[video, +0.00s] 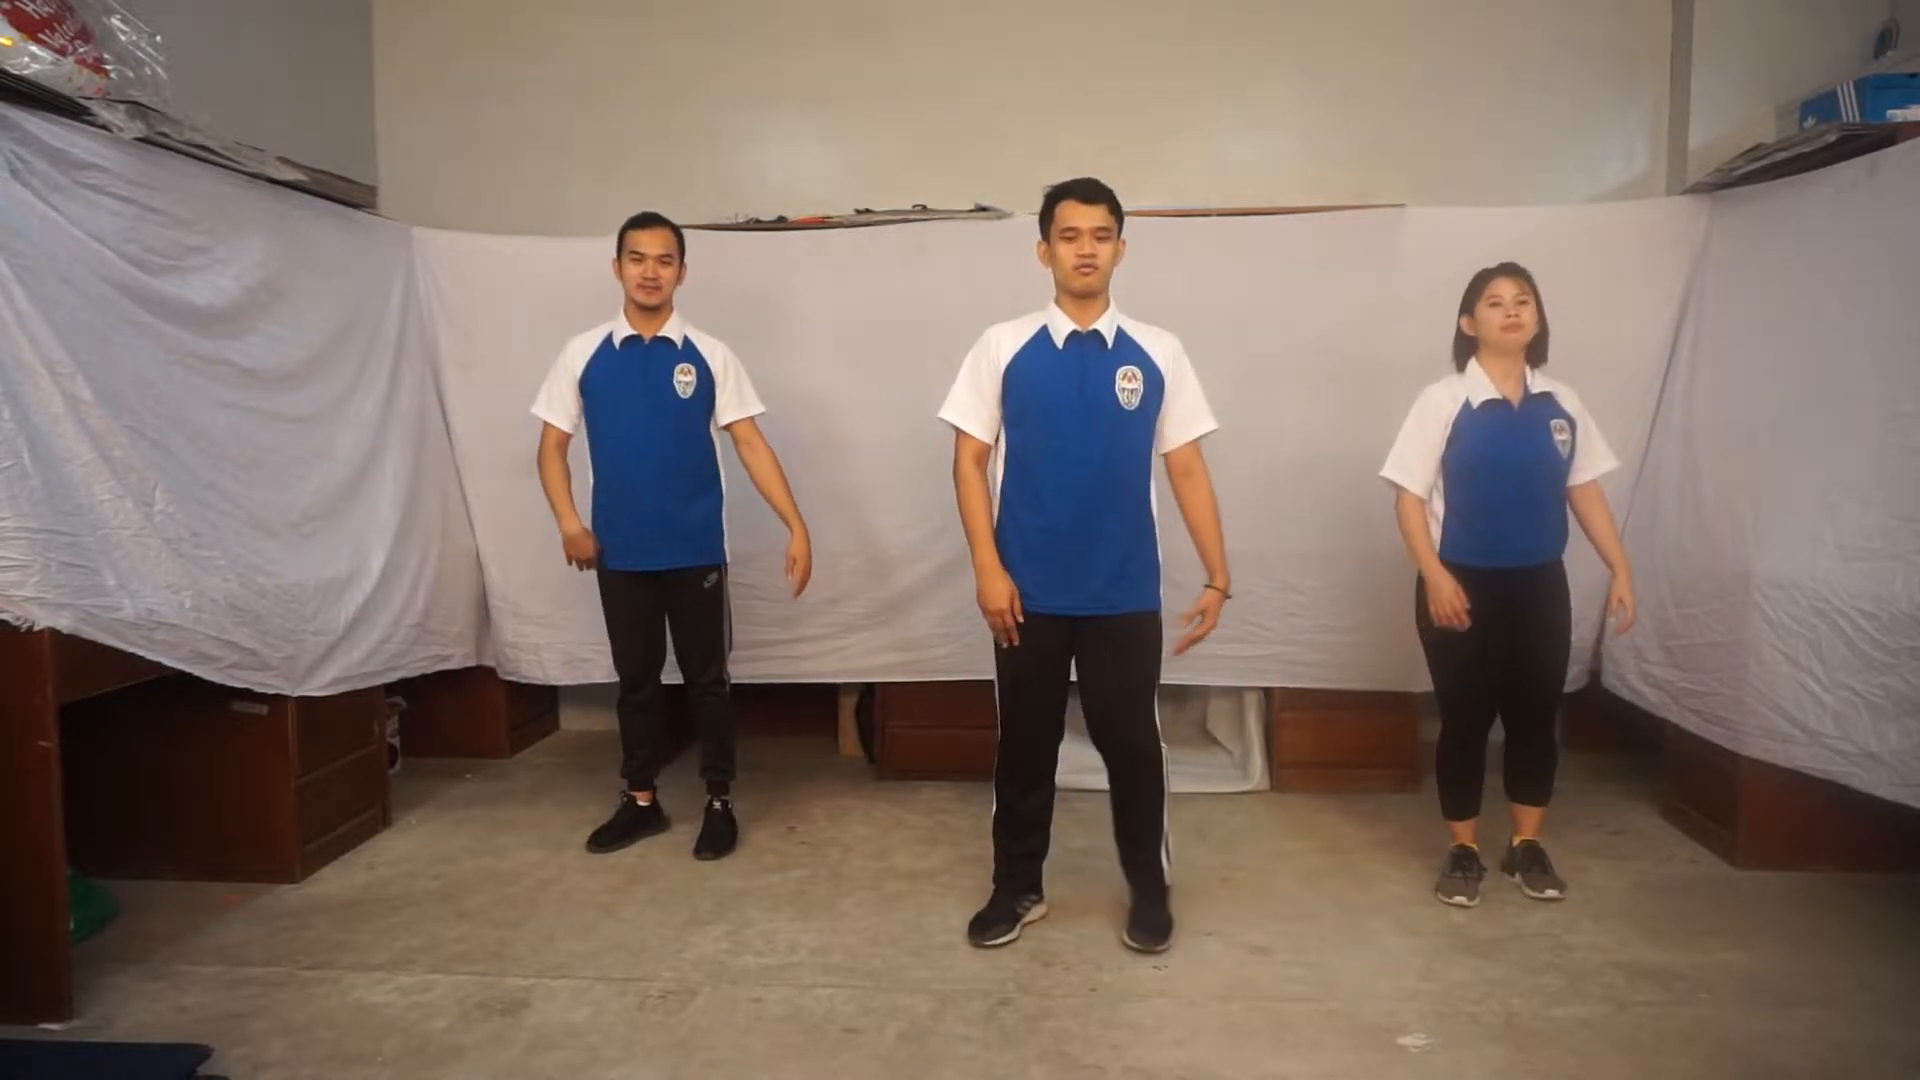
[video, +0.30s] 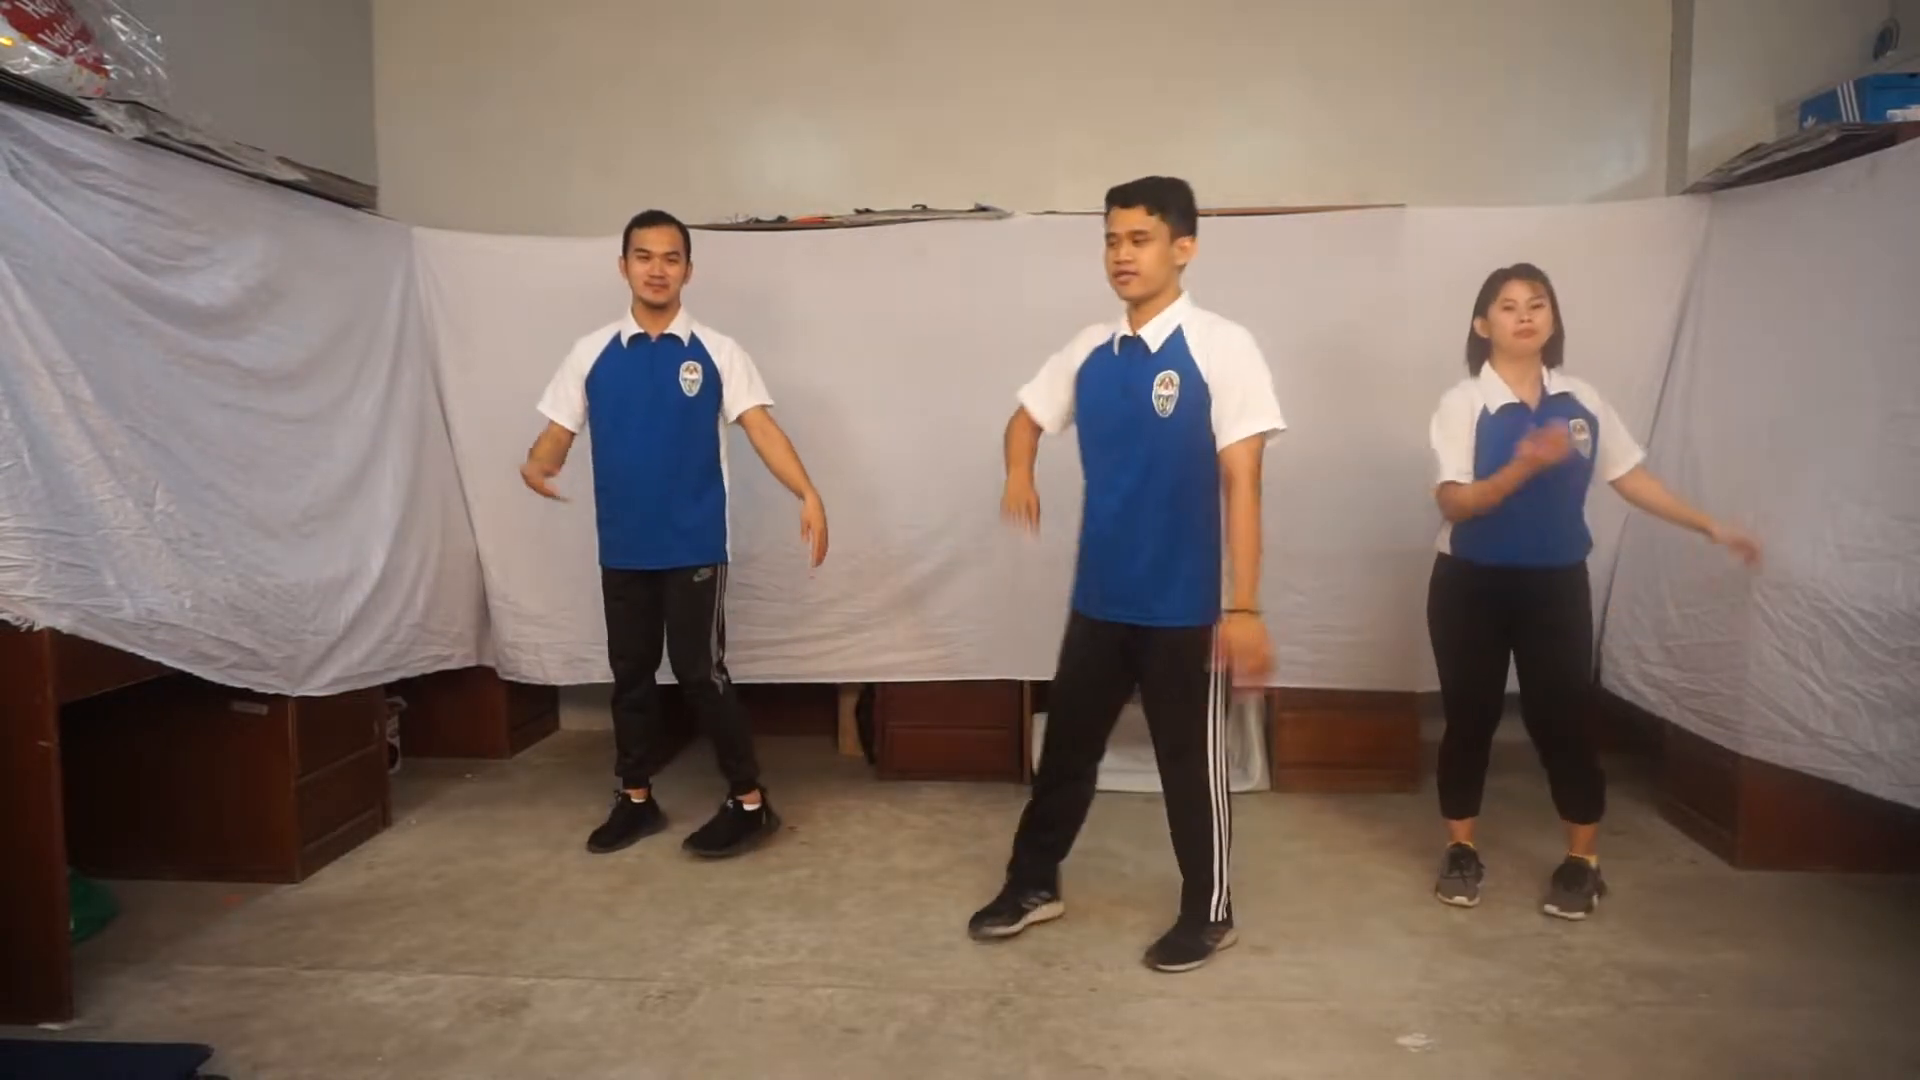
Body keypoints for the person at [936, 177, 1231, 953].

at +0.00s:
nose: (1087, 250)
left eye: (1101, 237)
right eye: (1070, 237)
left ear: (1119, 248)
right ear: (1046, 251)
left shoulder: (1156, 353)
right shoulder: (1002, 347)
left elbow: (1187, 468)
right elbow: (969, 461)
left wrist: (1218, 575)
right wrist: (987, 567)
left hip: (1123, 596)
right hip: (1028, 594)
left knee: (1132, 749)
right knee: (1024, 750)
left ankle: (1148, 888)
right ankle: (1015, 885)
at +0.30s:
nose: (1120, 256)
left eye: (1139, 240)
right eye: (1112, 242)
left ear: (1183, 249)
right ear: (1105, 251)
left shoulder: (1222, 347)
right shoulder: (1090, 347)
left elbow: (1242, 483)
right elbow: (1026, 416)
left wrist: (1243, 606)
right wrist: (1019, 473)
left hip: (1186, 605)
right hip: (1101, 598)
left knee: (1193, 769)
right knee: (1065, 752)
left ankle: (1207, 910)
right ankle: (1032, 883)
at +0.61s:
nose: (1166, 258)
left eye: (1180, 244)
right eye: (1165, 243)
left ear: (1229, 250)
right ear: (1226, 248)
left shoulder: (1213, 331)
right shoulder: (1263, 303)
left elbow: (1164, 475)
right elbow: (1216, 215)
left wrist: (1149, 512)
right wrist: (1145, 145)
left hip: (1221, 582)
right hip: (1272, 566)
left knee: (1206, 741)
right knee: (1269, 723)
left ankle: (1209, 908)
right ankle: (1364, 879)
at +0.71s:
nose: (1179, 262)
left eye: (1192, 247)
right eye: (1181, 246)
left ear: (1249, 251)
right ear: (1254, 251)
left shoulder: (1219, 336)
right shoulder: (1295, 303)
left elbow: (1172, 481)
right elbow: (1274, 218)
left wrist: (1203, 527)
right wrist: (1250, 121)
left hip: (1240, 586)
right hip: (1310, 569)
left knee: (1217, 755)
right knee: (1345, 737)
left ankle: (1207, 913)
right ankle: (1440, 904)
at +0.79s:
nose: (1191, 273)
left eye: (1205, 258)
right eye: (1192, 257)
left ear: (1257, 264)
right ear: (1263, 267)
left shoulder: (1234, 352)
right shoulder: (1311, 313)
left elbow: (1192, 501)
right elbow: (1306, 226)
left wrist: (1238, 549)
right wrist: (1315, 132)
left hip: (1271, 587)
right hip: (1344, 570)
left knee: (1211, 740)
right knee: (1389, 741)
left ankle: (1211, 911)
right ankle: (1460, 928)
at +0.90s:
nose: (1202, 286)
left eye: (1215, 270)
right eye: (1202, 270)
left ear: (1265, 270)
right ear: (1277, 273)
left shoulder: (1245, 364)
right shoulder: (1330, 320)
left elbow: (1216, 508)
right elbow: (1324, 229)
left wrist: (1260, 559)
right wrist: (1340, 137)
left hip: (1291, 596)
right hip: (1367, 580)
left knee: (1209, 743)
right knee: (1409, 757)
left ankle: (1216, 916)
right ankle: (1467, 941)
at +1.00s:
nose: (1205, 281)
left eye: (1219, 265)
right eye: (1206, 265)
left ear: (1270, 268)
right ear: (1279, 269)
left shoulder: (1251, 358)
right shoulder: (1327, 315)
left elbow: (1223, 507)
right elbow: (1313, 229)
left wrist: (1259, 556)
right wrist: (1315, 136)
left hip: (1296, 590)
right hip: (1367, 574)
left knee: (1205, 737)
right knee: (1405, 757)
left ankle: (1214, 912)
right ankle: (1465, 940)